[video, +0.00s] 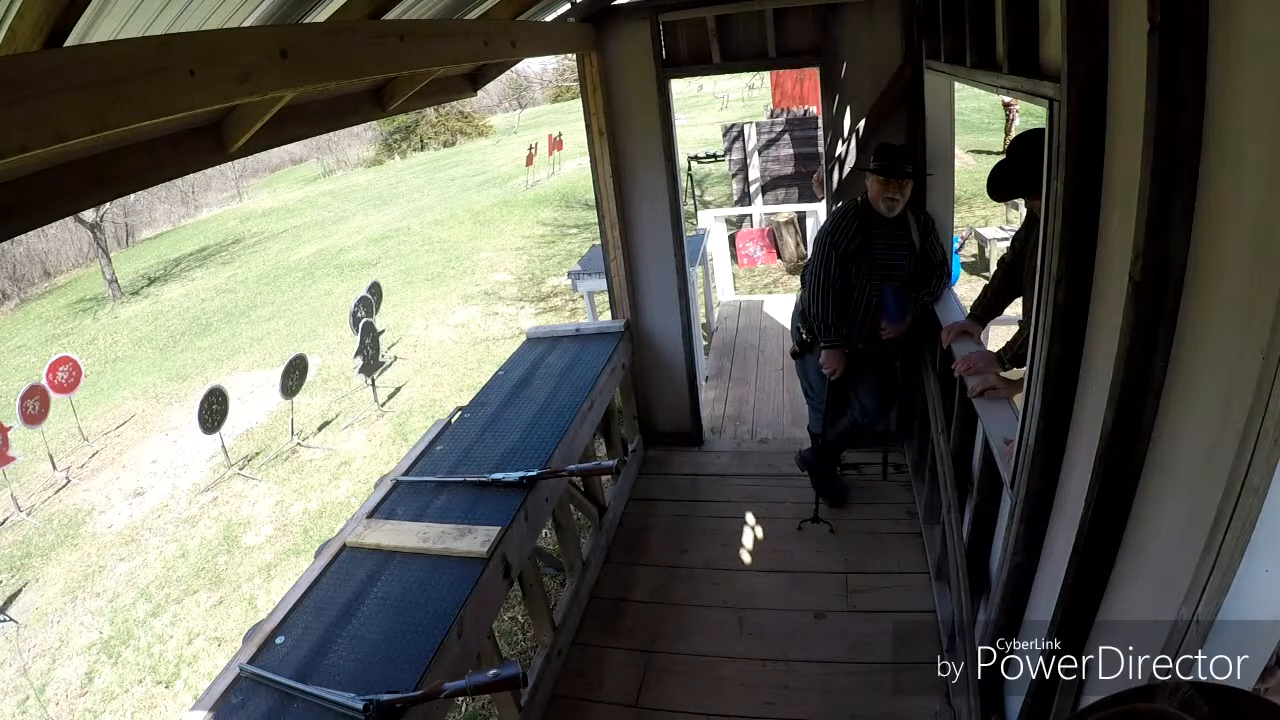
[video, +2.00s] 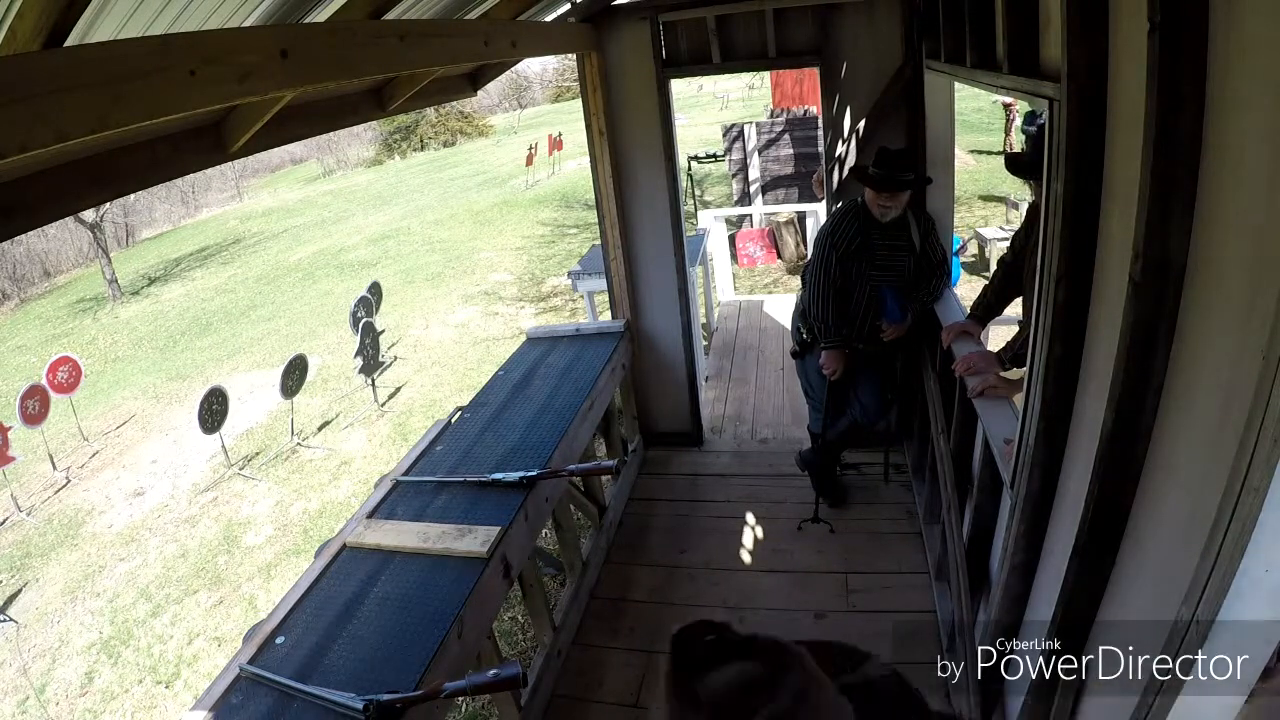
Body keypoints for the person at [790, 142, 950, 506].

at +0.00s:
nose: (894, 190)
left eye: (903, 181)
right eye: (885, 180)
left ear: (912, 185)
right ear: (869, 180)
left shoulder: (920, 224)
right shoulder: (845, 222)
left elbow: (938, 274)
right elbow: (820, 282)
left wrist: (909, 315)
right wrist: (831, 343)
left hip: (876, 335)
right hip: (825, 334)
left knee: (872, 409)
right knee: (827, 411)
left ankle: (817, 455)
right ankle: (827, 479)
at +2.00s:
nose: (886, 199)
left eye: (897, 191)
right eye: (878, 190)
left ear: (911, 192)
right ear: (865, 186)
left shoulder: (920, 225)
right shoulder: (844, 223)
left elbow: (937, 273)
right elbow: (820, 282)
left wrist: (909, 317)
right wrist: (831, 343)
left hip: (875, 335)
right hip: (824, 334)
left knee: (871, 409)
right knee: (826, 410)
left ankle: (817, 455)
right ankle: (827, 478)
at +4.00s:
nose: (852, 182)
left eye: (863, 174)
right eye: (847, 172)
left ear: (885, 174)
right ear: (840, 171)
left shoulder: (906, 216)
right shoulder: (824, 215)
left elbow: (934, 270)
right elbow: (801, 270)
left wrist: (912, 318)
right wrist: (801, 324)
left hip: (882, 334)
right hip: (832, 331)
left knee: (873, 404)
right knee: (830, 405)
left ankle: (865, 460)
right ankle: (826, 472)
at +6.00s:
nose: (884, 188)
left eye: (886, 179)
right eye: (875, 181)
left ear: (889, 176)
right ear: (849, 182)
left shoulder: (907, 209)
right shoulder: (824, 218)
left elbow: (945, 243)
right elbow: (795, 269)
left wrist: (937, 296)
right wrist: (786, 322)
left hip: (890, 333)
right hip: (840, 333)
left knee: (873, 403)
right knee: (832, 406)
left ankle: (864, 460)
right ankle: (823, 472)